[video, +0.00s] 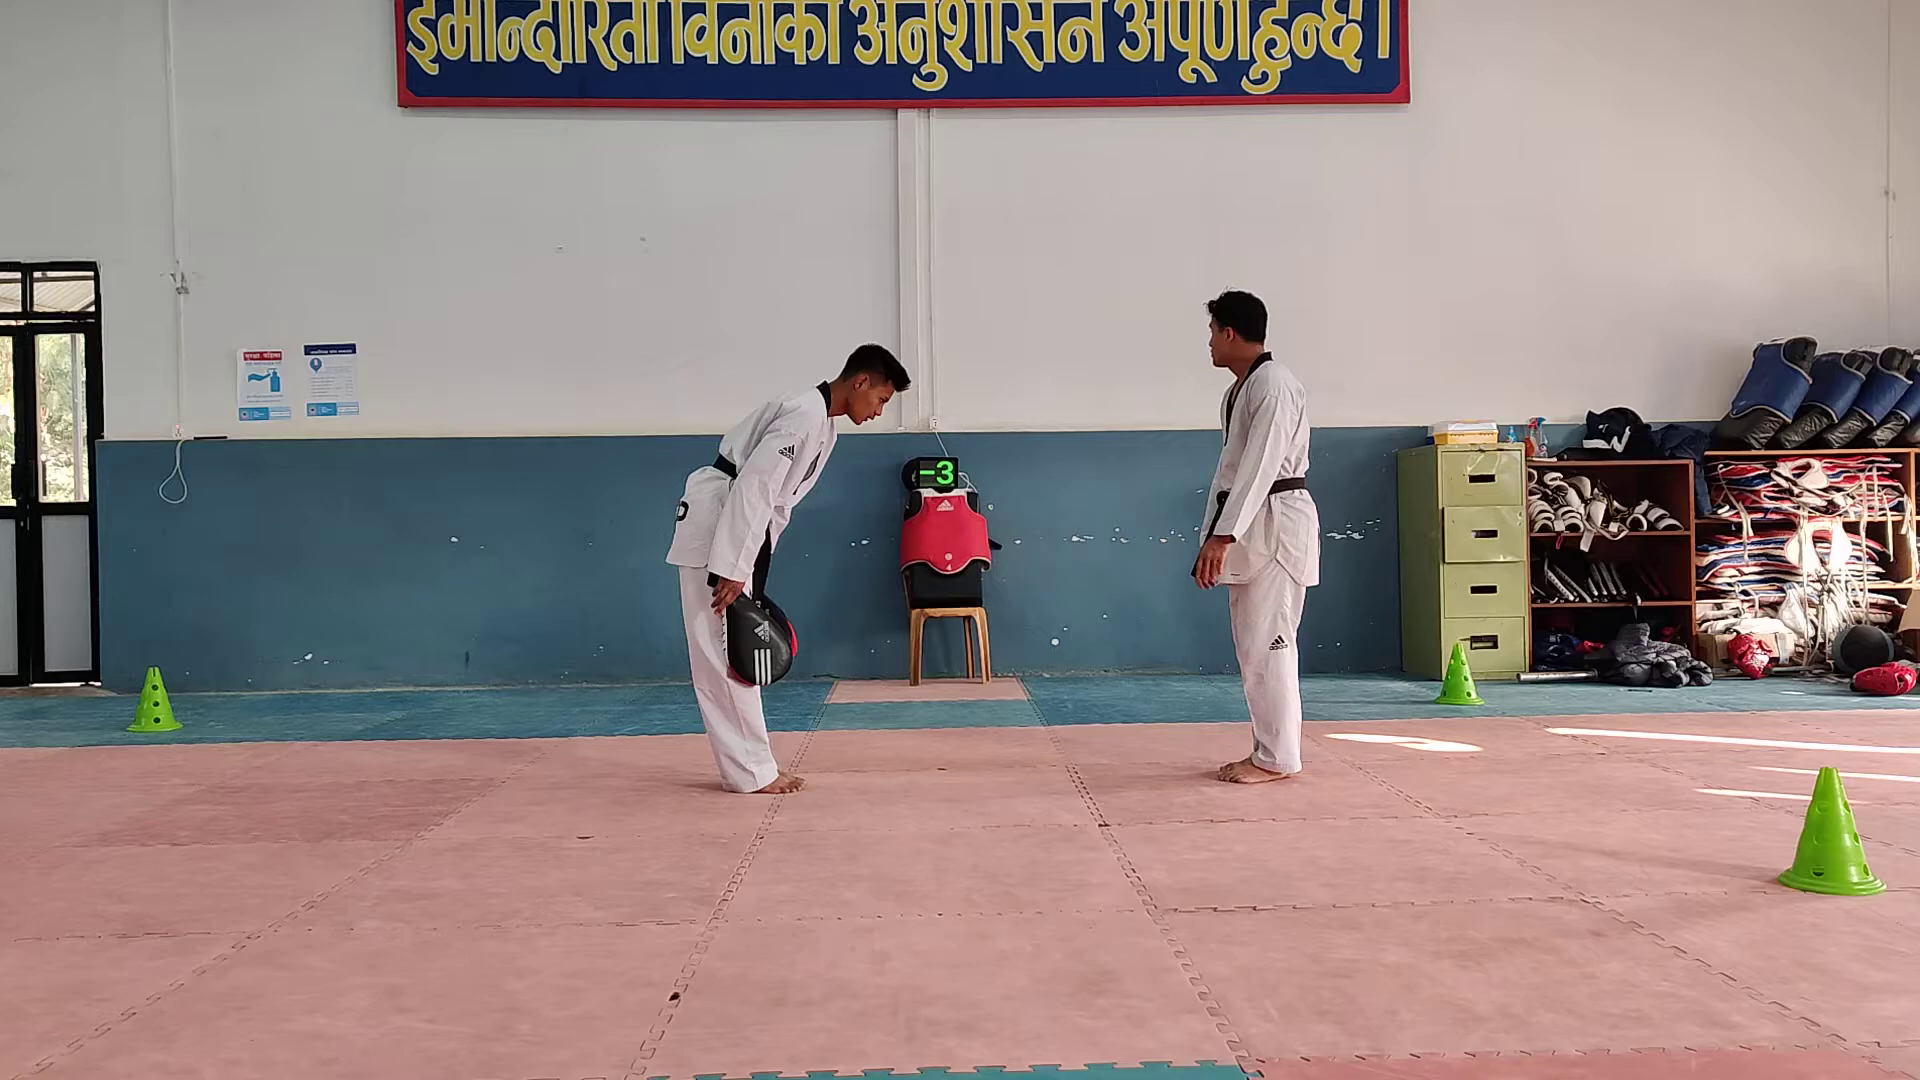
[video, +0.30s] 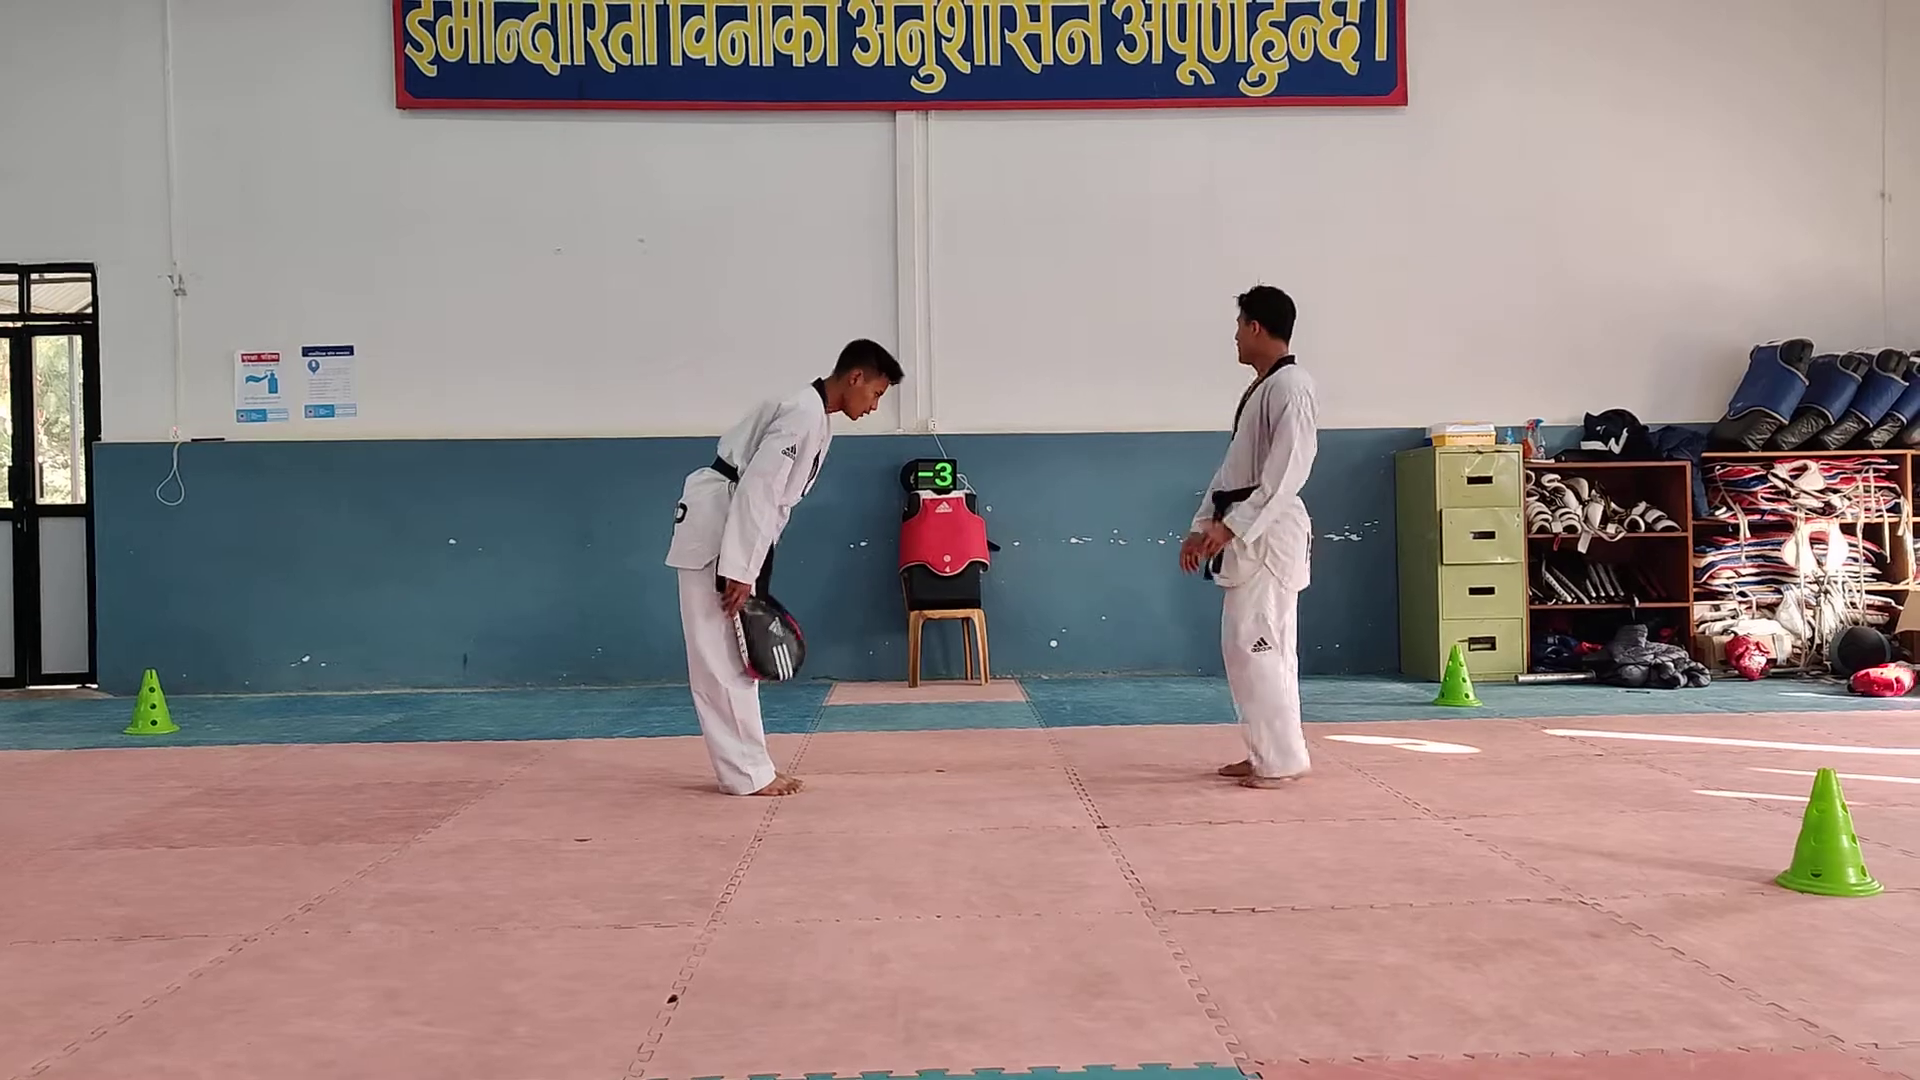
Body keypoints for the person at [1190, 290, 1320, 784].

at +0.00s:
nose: (1209, 341)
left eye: (1212, 332)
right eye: (1210, 331)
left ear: (1230, 334)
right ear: (1241, 334)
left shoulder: (1274, 386)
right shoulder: (1242, 392)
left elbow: (1259, 471)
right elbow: (1226, 473)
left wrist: (1222, 535)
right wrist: (1208, 536)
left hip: (1277, 523)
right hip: (1256, 525)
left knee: (1269, 640)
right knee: (1257, 640)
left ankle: (1277, 756)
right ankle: (1271, 751)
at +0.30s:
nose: (1235, 333)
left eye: (1240, 323)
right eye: (1238, 324)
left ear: (1258, 329)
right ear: (1268, 330)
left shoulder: (1289, 386)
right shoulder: (1260, 388)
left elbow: (1284, 474)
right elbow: (1231, 470)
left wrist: (1231, 526)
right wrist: (1202, 525)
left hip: (1269, 534)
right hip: (1250, 532)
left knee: (1255, 643)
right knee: (1255, 642)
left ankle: (1281, 758)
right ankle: (1268, 753)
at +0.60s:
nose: (1243, 328)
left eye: (1251, 319)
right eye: (1246, 319)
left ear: (1276, 327)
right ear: (1278, 328)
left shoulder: (1293, 389)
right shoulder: (1272, 388)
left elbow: (1291, 474)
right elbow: (1261, 471)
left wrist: (1241, 526)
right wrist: (1227, 520)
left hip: (1280, 534)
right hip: (1260, 533)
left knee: (1280, 649)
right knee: (1263, 649)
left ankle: (1288, 765)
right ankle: (1267, 755)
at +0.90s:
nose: (1253, 331)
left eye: (1258, 322)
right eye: (1256, 321)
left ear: (1273, 329)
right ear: (1299, 331)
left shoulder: (1287, 395)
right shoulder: (1317, 385)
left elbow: (1270, 482)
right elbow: (1312, 469)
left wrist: (1224, 522)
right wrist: (1242, 511)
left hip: (1303, 528)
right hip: (1325, 522)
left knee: (1298, 648)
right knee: (1301, 645)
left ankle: (1297, 768)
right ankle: (1283, 751)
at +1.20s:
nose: (1281, 333)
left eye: (1288, 324)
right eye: (1285, 323)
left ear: (1312, 331)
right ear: (1324, 334)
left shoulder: (1304, 396)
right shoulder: (1353, 389)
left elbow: (1289, 484)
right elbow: (1348, 465)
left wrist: (1250, 515)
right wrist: (1282, 470)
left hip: (1320, 529)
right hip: (1359, 523)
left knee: (1306, 649)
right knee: (1362, 643)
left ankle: (1293, 769)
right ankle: (1412, 743)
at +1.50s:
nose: (1332, 334)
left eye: (1337, 325)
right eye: (1335, 324)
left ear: (1354, 332)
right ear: (1376, 335)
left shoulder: (1350, 390)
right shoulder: (1400, 388)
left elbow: (1362, 465)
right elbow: (1400, 464)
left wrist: (1315, 515)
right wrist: (1335, 472)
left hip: (1368, 527)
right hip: (1412, 521)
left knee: (1333, 647)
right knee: (1422, 647)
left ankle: (1294, 759)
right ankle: (1442, 754)